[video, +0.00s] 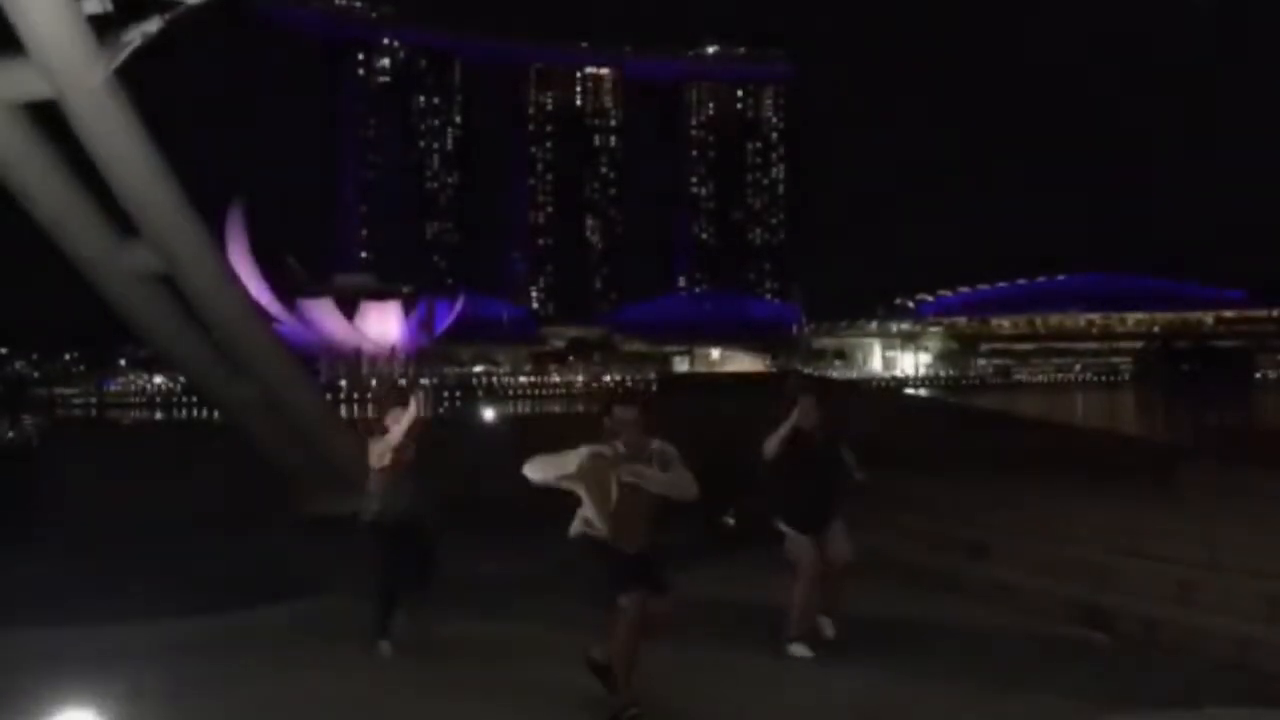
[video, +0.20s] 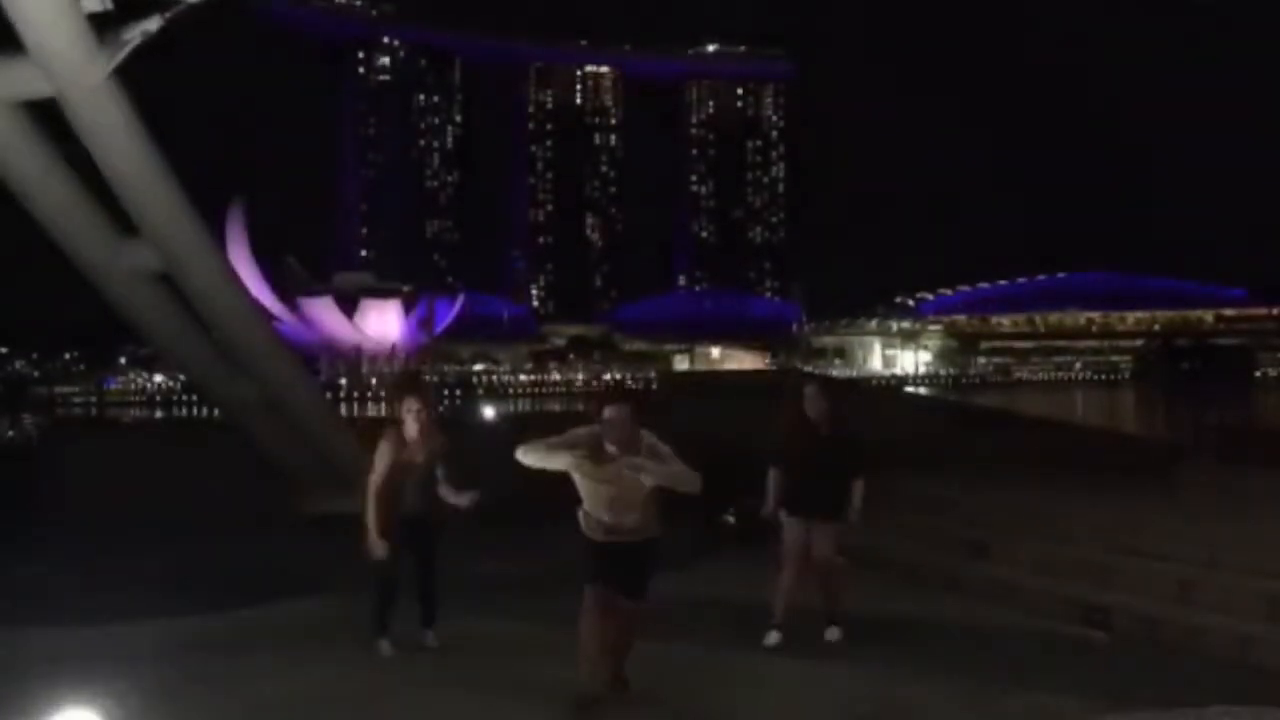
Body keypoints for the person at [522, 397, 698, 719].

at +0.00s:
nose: (628, 433)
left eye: (634, 425)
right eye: (621, 425)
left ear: (644, 426)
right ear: (609, 426)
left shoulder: (659, 453)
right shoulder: (594, 457)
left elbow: (688, 489)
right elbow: (532, 469)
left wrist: (639, 474)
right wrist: (578, 464)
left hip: (635, 545)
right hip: (595, 542)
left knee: (657, 605)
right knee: (630, 601)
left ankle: (605, 656)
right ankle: (624, 695)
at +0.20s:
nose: (613, 430)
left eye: (619, 424)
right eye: (607, 423)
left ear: (633, 426)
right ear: (600, 425)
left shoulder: (646, 445)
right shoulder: (584, 443)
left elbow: (693, 483)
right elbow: (523, 454)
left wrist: (648, 470)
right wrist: (570, 458)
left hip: (639, 537)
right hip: (597, 537)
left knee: (629, 610)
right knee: (596, 605)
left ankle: (618, 675)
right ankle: (591, 683)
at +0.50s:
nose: (601, 419)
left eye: (608, 412)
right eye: (596, 412)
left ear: (621, 416)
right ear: (588, 416)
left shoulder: (638, 445)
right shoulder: (579, 440)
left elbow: (689, 462)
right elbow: (521, 457)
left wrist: (640, 464)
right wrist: (568, 459)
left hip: (636, 530)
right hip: (597, 527)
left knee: (600, 585)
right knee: (560, 573)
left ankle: (620, 669)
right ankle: (590, 633)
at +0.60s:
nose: (587, 423)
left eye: (593, 416)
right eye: (582, 416)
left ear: (611, 412)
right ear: (578, 414)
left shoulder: (635, 435)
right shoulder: (573, 440)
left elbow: (685, 458)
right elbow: (536, 484)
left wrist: (630, 461)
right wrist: (574, 466)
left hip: (640, 516)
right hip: (599, 519)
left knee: (605, 558)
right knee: (589, 574)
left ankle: (602, 661)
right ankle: (618, 646)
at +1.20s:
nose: (632, 395)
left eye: (639, 387)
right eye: (625, 387)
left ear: (648, 390)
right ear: (613, 390)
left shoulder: (658, 423)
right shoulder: (598, 423)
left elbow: (717, 428)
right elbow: (537, 447)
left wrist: (672, 439)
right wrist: (575, 470)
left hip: (645, 517)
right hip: (603, 517)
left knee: (637, 586)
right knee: (607, 577)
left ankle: (624, 657)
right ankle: (587, 655)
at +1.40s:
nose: (645, 389)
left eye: (651, 381)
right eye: (639, 381)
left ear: (659, 384)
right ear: (625, 382)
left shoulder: (671, 409)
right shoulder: (616, 415)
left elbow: (708, 437)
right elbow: (559, 448)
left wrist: (674, 459)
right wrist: (598, 440)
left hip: (648, 504)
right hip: (611, 502)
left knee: (644, 576)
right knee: (628, 566)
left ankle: (618, 649)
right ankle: (637, 650)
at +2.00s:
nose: (639, 400)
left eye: (646, 393)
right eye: (633, 393)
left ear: (656, 394)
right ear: (621, 394)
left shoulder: (668, 418)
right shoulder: (602, 420)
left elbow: (714, 451)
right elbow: (569, 475)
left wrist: (689, 476)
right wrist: (612, 479)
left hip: (641, 515)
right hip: (600, 516)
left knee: (631, 587)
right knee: (604, 586)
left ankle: (620, 654)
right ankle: (609, 661)